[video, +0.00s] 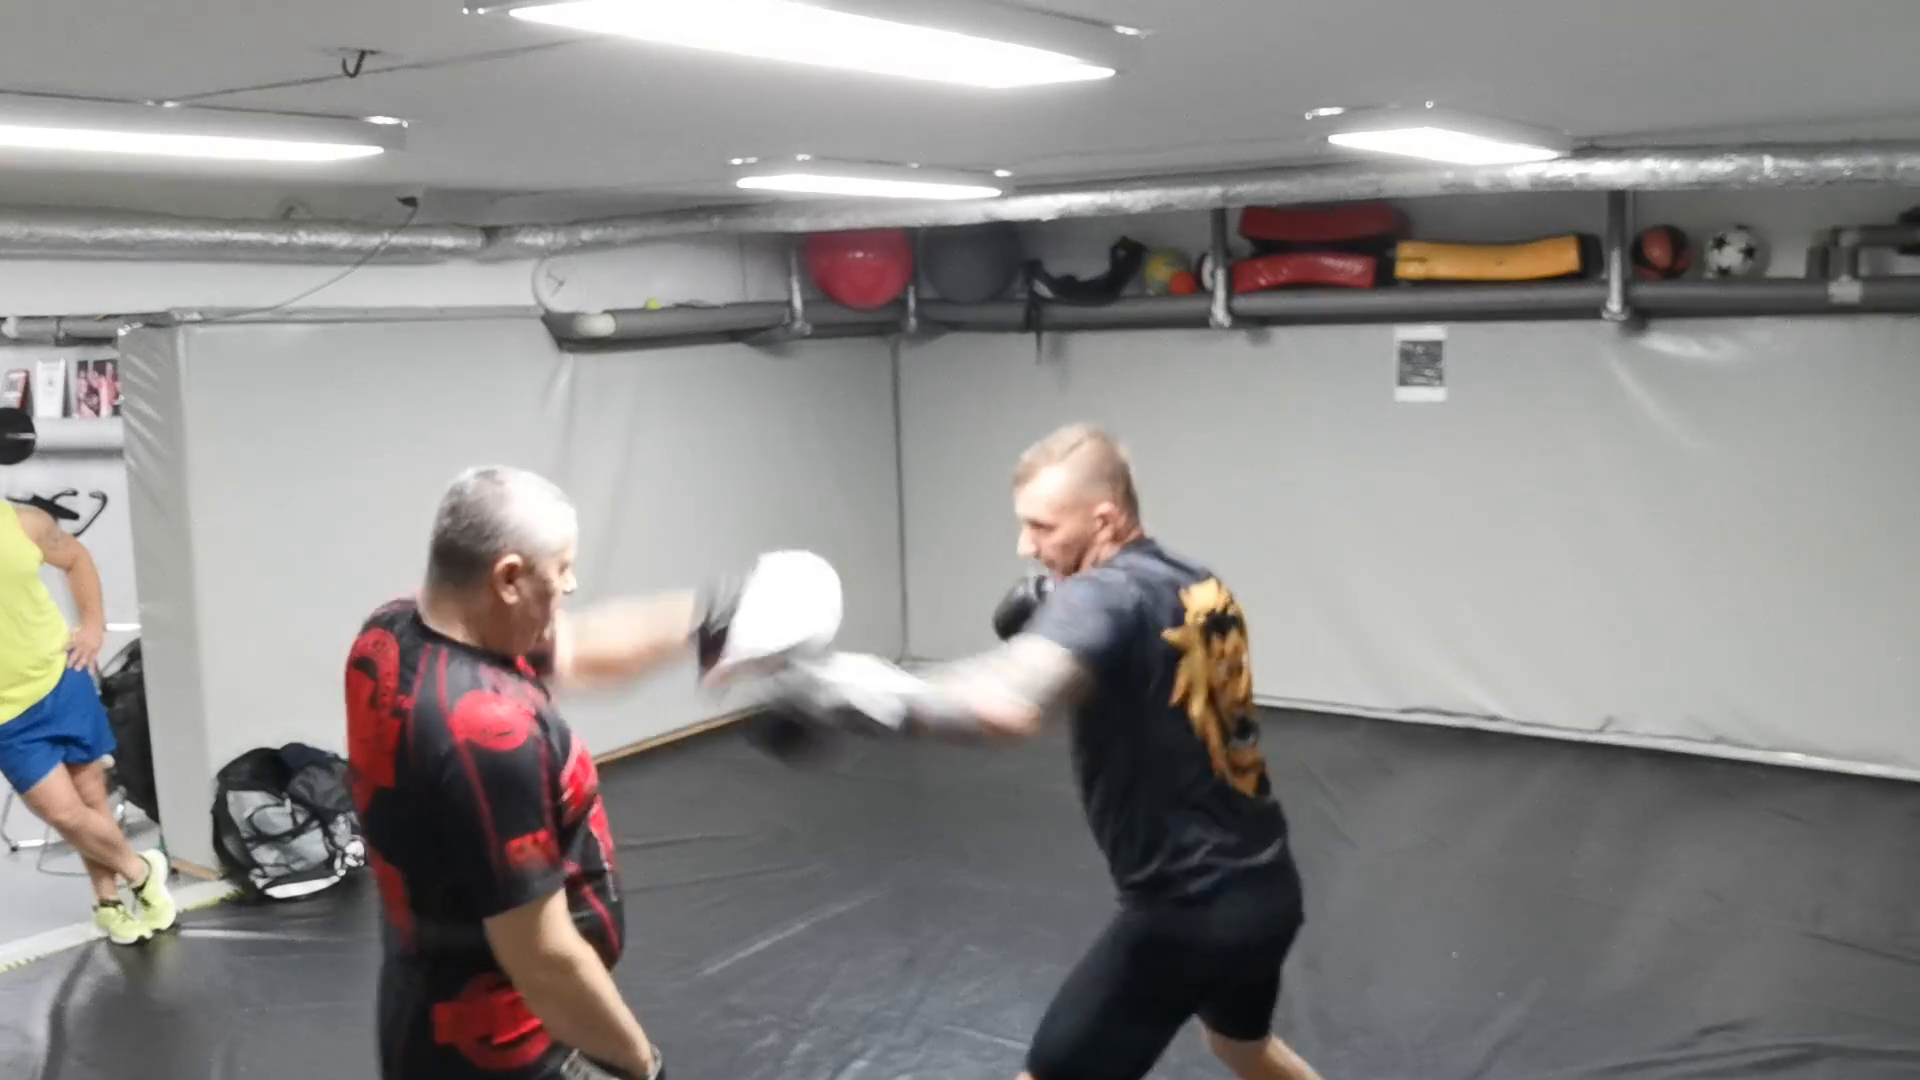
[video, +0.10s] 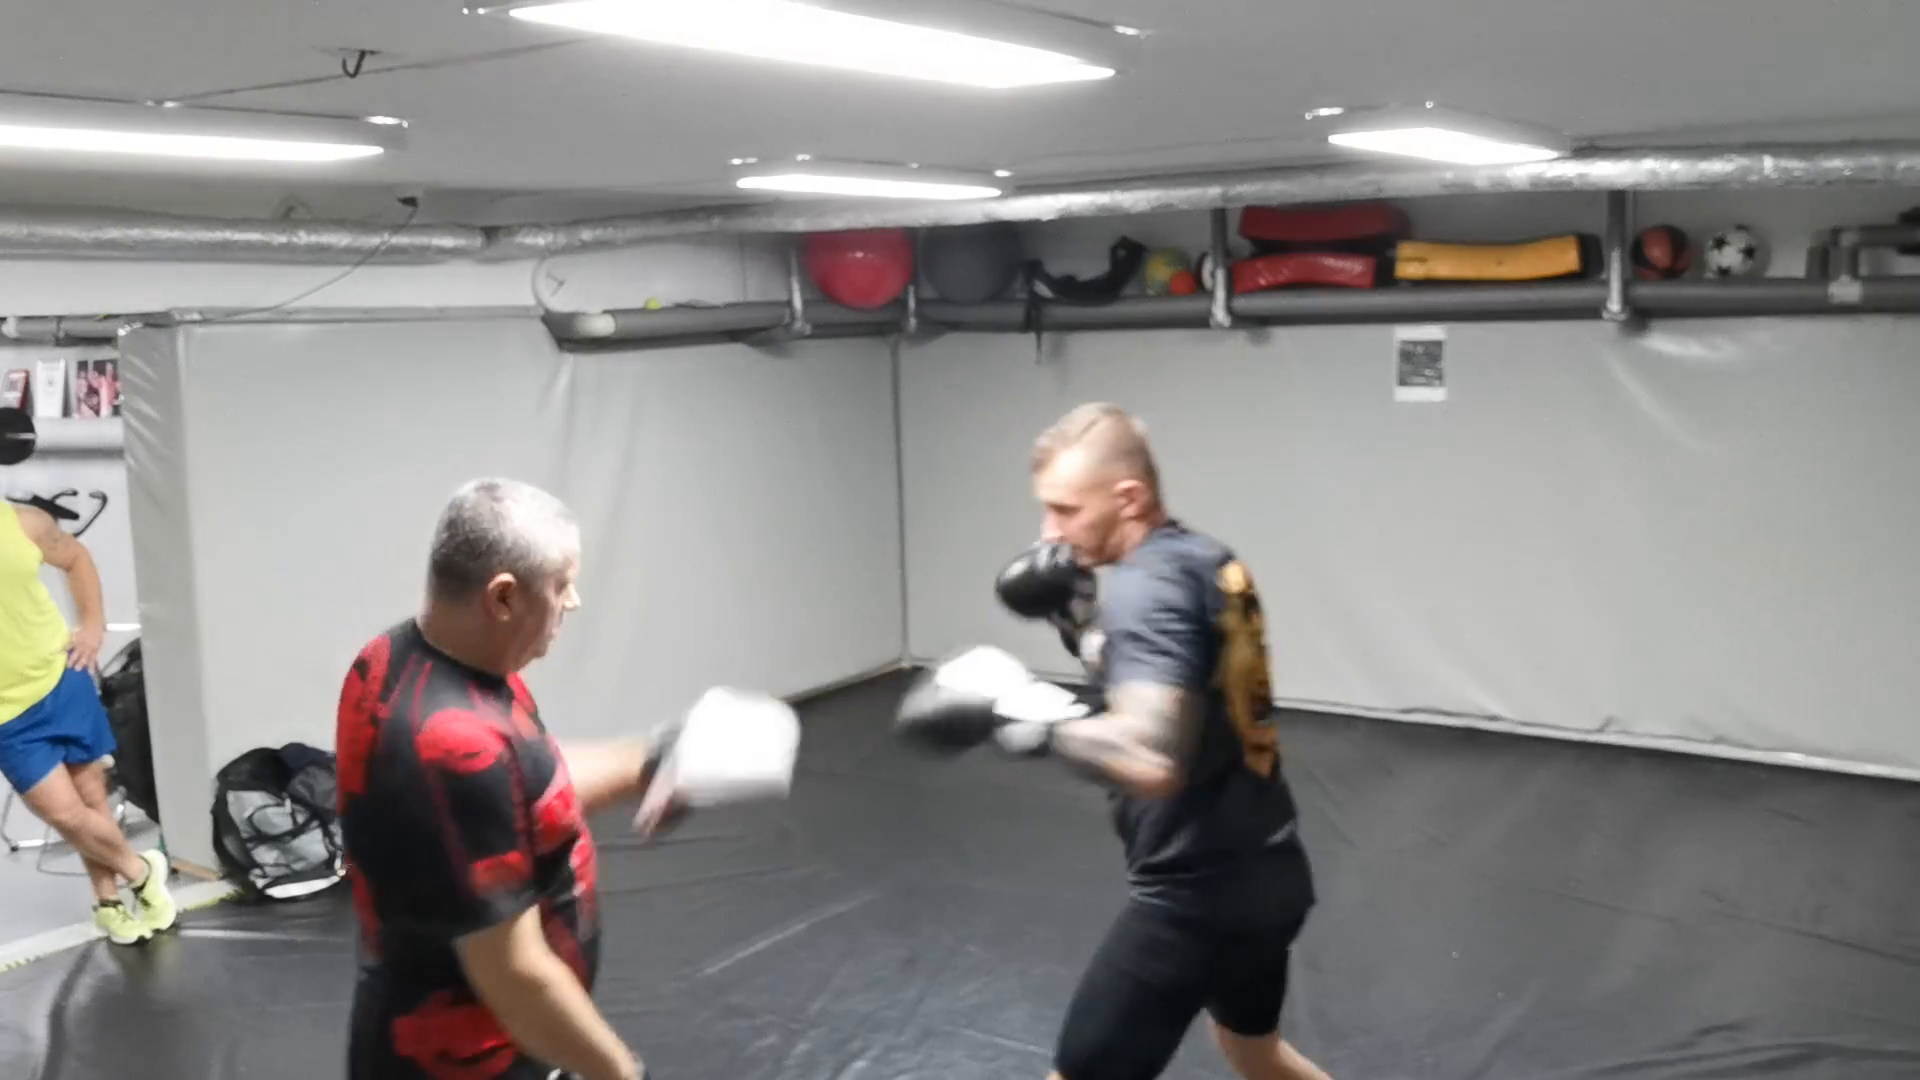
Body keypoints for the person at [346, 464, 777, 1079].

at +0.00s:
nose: (570, 589)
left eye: (569, 572)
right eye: (562, 574)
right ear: (508, 581)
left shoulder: (391, 635)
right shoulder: (488, 733)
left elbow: (576, 648)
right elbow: (542, 956)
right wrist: (643, 1062)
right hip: (512, 1048)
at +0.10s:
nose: (572, 606)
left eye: (570, 588)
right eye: (563, 588)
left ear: (499, 598)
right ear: (502, 598)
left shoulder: (399, 659)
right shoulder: (456, 750)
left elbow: (525, 779)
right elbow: (511, 966)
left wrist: (654, 759)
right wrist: (620, 1068)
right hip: (480, 1060)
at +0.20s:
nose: (570, 612)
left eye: (569, 593)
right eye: (560, 593)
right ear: (501, 600)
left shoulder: (425, 661)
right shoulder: (428, 751)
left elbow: (499, 819)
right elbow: (464, 982)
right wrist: (582, 1071)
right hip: (435, 1061)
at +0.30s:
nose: (573, 609)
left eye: (572, 589)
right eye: (562, 591)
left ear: (499, 595)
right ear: (501, 594)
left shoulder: (428, 658)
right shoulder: (420, 737)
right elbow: (427, 974)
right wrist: (525, 1069)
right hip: (401, 1057)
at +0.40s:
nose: (571, 612)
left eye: (571, 592)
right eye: (562, 592)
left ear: (500, 594)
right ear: (502, 593)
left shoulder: (442, 665)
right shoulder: (408, 727)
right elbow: (401, 970)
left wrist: (486, 1034)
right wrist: (485, 1072)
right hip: (383, 1061)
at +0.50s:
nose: (567, 618)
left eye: (568, 598)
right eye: (557, 598)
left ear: (494, 598)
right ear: (494, 597)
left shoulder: (455, 674)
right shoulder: (388, 720)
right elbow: (366, 960)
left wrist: (501, 961)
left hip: (440, 1035)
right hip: (362, 1060)